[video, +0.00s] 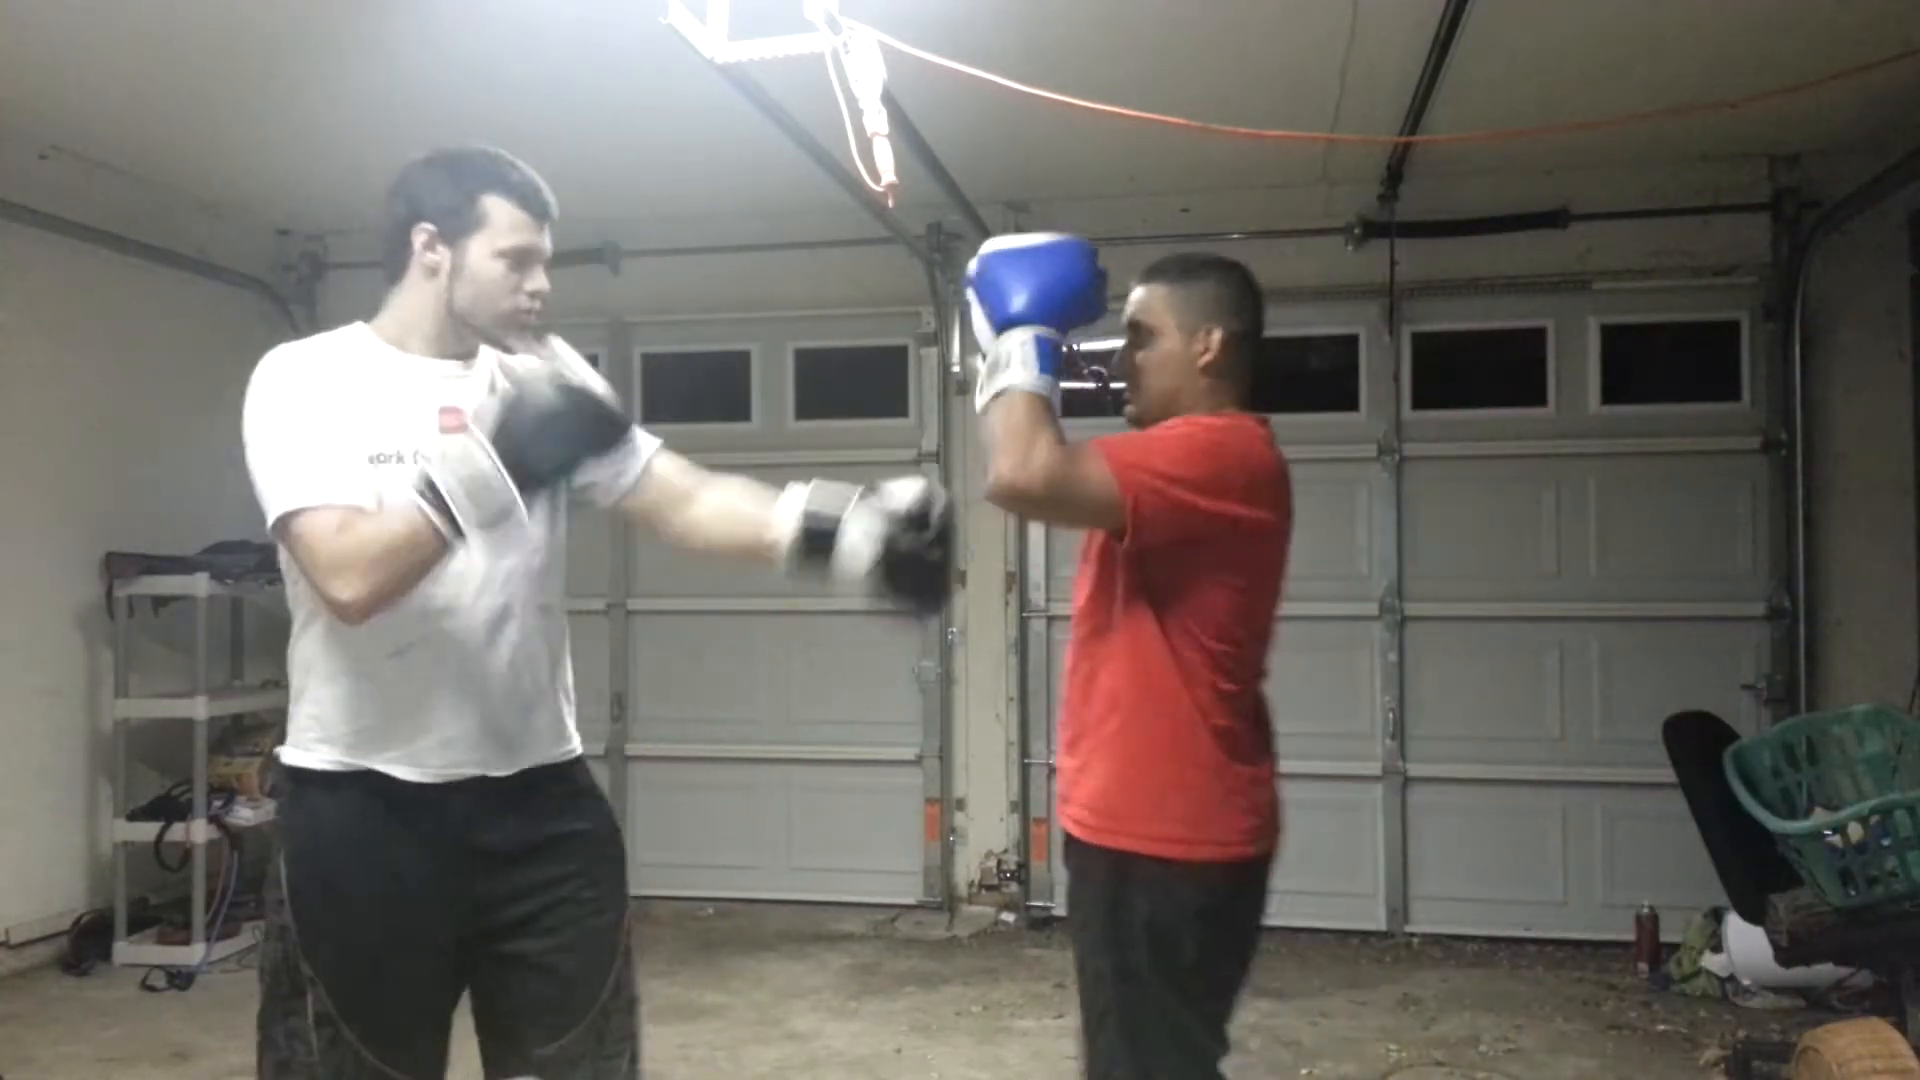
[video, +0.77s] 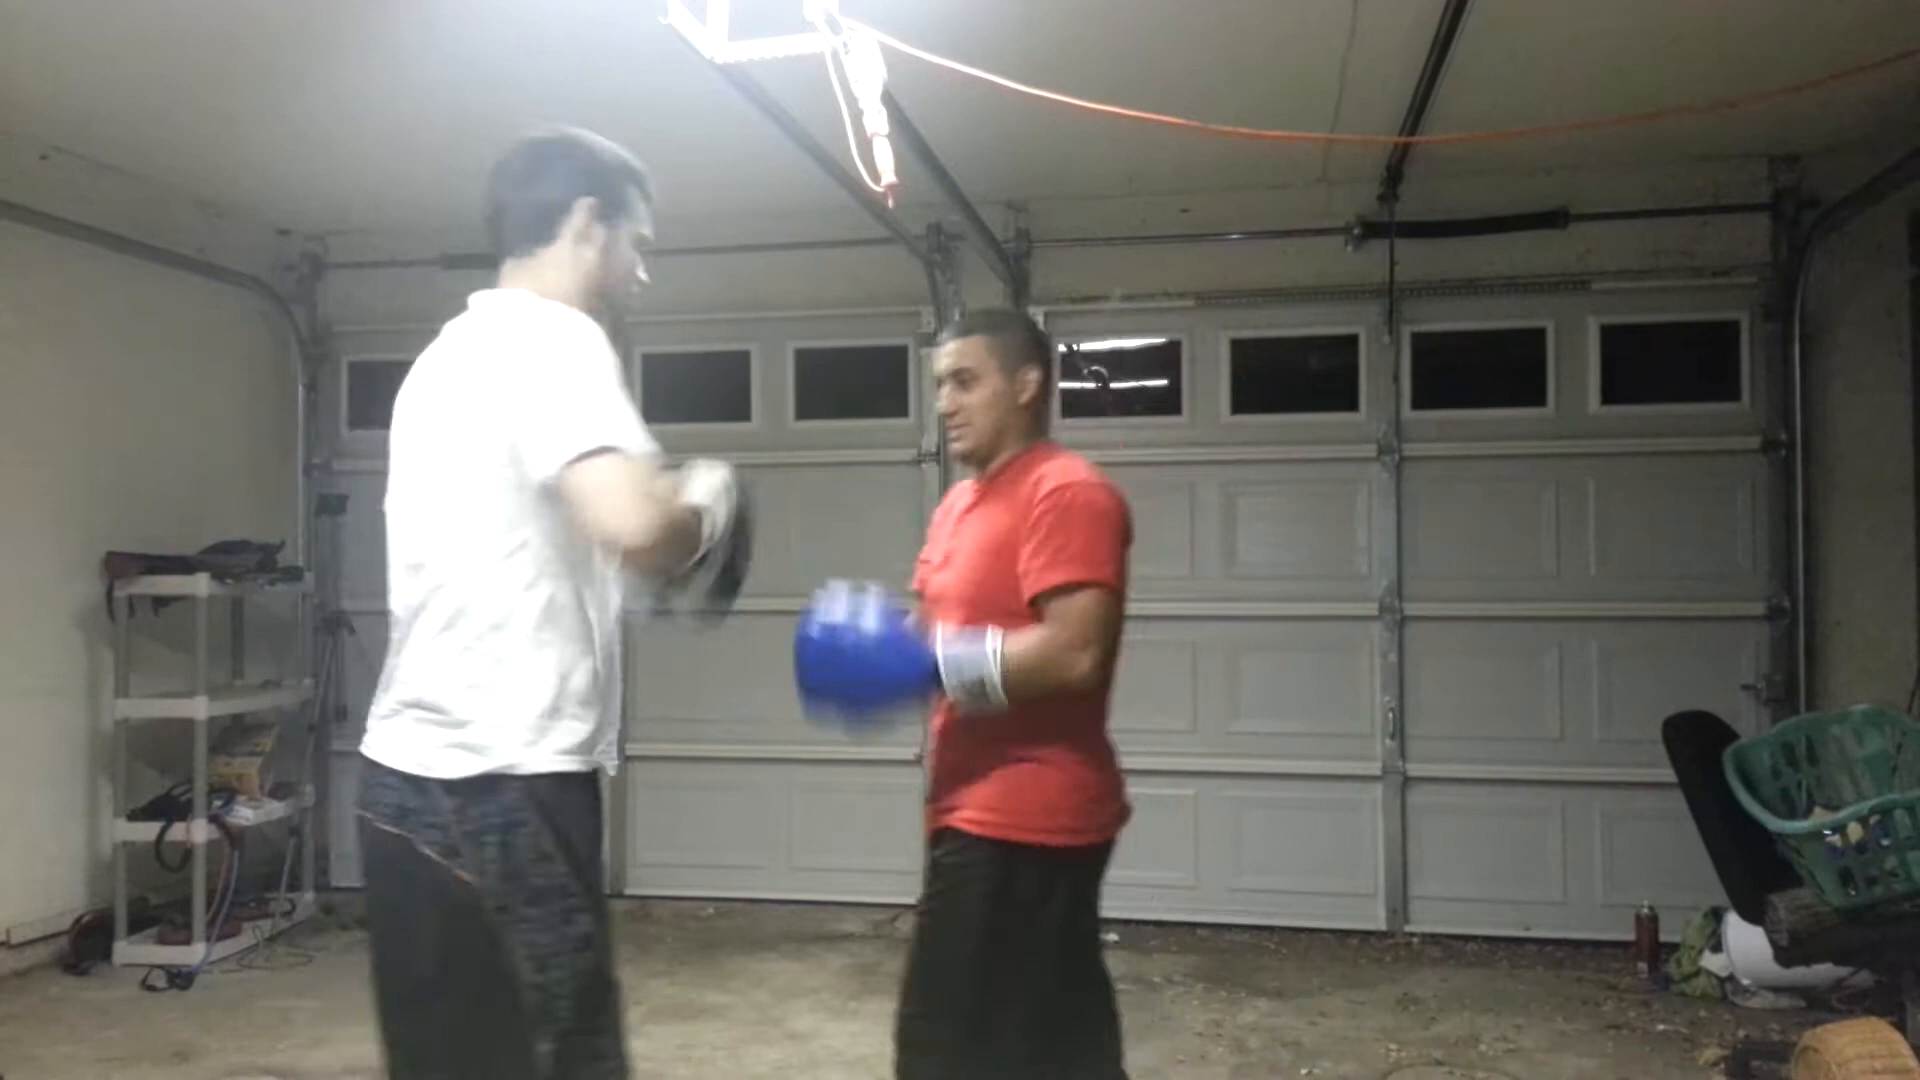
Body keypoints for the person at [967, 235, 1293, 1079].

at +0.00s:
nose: (1124, 361)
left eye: (1143, 337)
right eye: (1127, 339)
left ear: (1208, 347)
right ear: (1206, 350)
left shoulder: (1227, 453)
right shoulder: (1184, 454)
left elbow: (1027, 472)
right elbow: (1024, 476)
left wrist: (1022, 336)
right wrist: (1005, 352)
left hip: (1172, 842)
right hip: (1135, 834)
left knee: (1153, 1065)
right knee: (1131, 1062)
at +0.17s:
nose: (1090, 370)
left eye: (1114, 348)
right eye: (1092, 350)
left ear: (1183, 358)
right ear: (1079, 359)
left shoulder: (1206, 461)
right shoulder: (1100, 466)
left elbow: (1044, 453)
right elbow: (968, 460)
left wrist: (1035, 329)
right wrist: (985, 338)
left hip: (1134, 824)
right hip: (1076, 816)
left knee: (1102, 1060)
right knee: (1076, 1055)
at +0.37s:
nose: (1051, 379)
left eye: (1073, 357)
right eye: (1049, 360)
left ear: (1141, 366)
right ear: (1044, 374)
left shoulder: (1170, 462)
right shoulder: (1059, 468)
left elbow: (1027, 494)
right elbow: (930, 501)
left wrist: (999, 357)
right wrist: (924, 379)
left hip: (1112, 808)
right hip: (1057, 798)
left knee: (1016, 1047)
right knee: (1089, 1052)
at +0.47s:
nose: (1030, 381)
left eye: (1050, 361)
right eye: (1028, 365)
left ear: (1116, 369)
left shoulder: (1151, 470)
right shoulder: (1035, 476)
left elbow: (1032, 541)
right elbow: (923, 557)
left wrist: (938, 436)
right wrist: (879, 466)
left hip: (1103, 796)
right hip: (1045, 793)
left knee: (994, 1033)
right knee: (1093, 1044)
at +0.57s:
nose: (1007, 388)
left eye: (1027, 367)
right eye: (1003, 372)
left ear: (1093, 373)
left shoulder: (1127, 476)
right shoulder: (1008, 491)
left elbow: (1032, 584)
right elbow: (924, 604)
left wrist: (908, 509)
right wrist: (856, 535)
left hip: (1085, 802)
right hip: (1028, 801)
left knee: (983, 1039)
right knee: (1091, 1042)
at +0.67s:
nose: (977, 395)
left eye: (997, 373)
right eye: (972, 379)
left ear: (1062, 377)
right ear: (970, 392)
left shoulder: (1102, 481)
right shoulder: (987, 498)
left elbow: (1058, 625)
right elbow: (927, 642)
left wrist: (930, 568)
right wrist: (873, 588)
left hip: (1062, 809)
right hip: (1002, 806)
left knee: (971, 1041)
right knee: (1084, 1043)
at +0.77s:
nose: (945, 402)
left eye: (964, 381)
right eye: (941, 385)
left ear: (1028, 386)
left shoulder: (1070, 491)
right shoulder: (959, 501)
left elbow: (1076, 652)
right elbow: (934, 626)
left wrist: (929, 659)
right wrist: (875, 639)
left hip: (1030, 813)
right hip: (975, 807)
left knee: (947, 1040)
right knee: (1063, 1040)